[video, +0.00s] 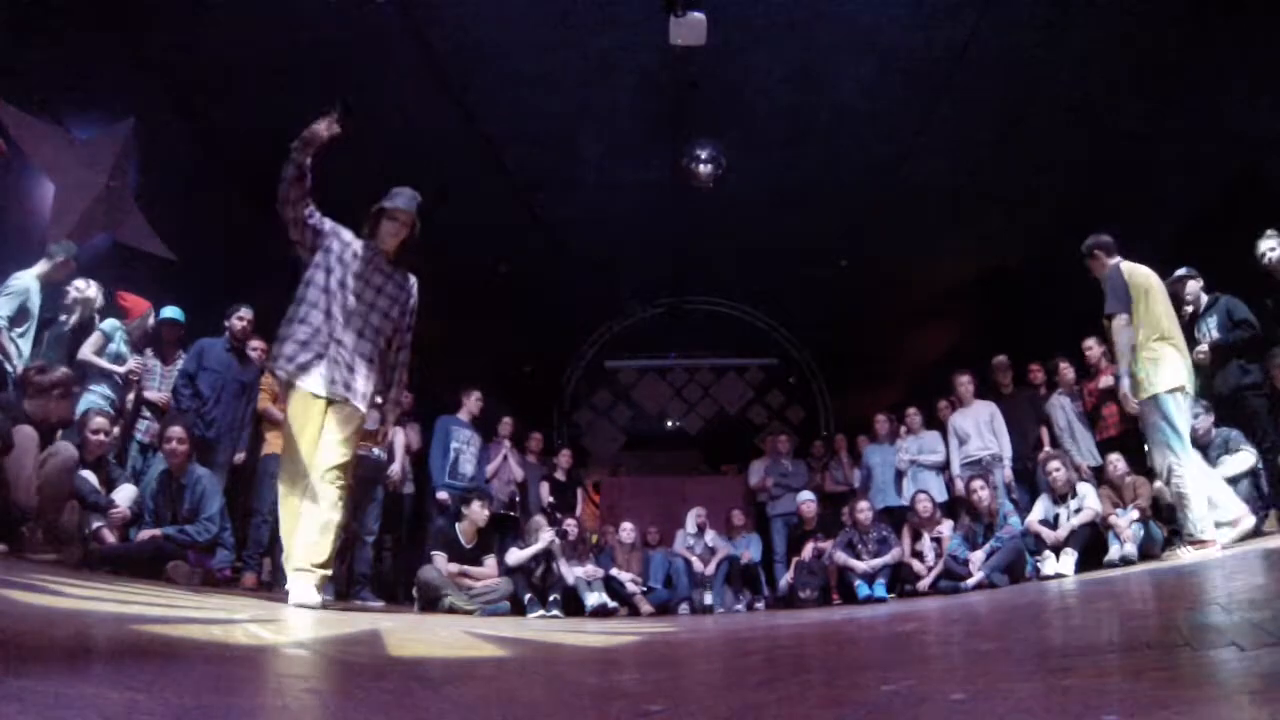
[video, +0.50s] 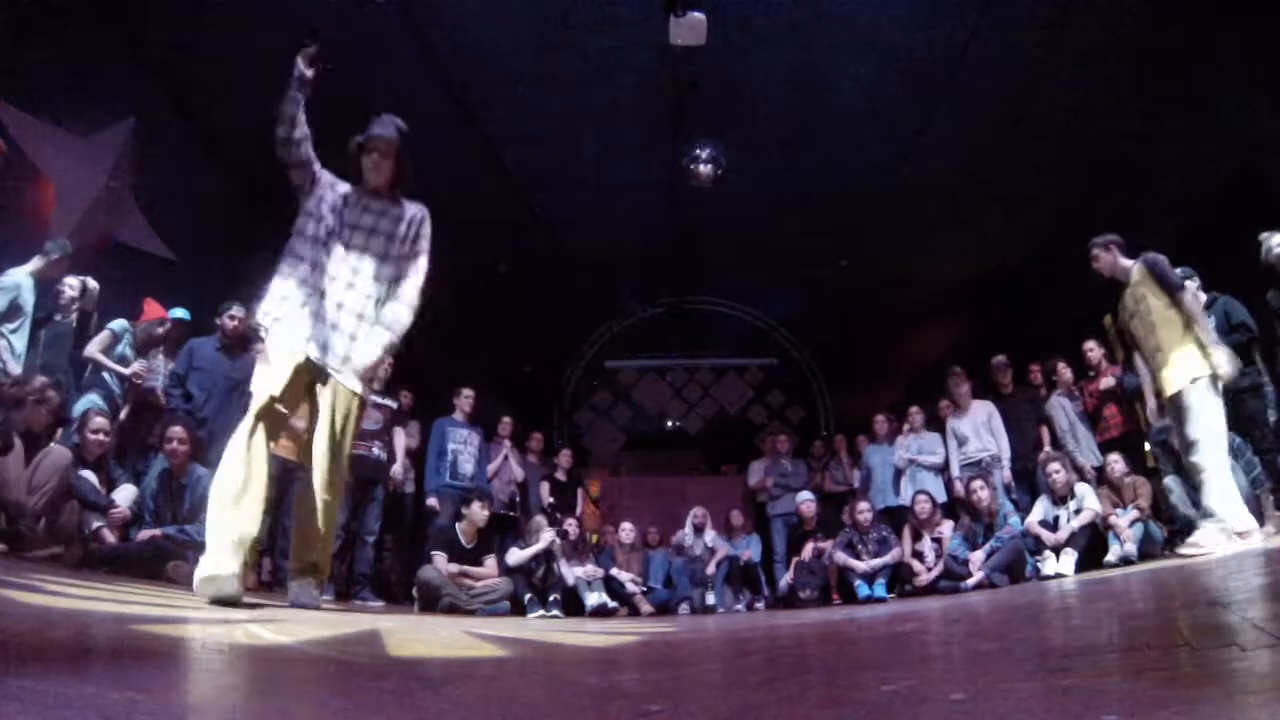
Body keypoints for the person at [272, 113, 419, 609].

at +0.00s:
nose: (395, 230)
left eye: (404, 225)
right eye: (391, 220)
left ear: (410, 233)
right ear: (376, 219)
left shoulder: (406, 288)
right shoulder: (336, 240)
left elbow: (399, 354)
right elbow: (296, 208)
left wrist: (388, 412)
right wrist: (305, 149)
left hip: (356, 384)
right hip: (308, 369)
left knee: (329, 474)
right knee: (298, 472)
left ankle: (311, 578)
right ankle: (298, 575)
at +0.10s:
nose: (394, 225)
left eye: (403, 220)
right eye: (390, 214)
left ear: (411, 229)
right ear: (376, 213)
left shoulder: (407, 283)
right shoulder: (333, 235)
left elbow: (404, 355)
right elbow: (295, 200)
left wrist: (395, 417)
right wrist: (305, 138)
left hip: (352, 380)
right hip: (301, 364)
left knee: (326, 469)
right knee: (291, 464)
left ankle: (308, 577)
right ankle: (287, 570)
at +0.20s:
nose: (391, 218)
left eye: (400, 213)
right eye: (387, 208)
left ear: (410, 222)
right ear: (373, 207)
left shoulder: (408, 279)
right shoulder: (330, 230)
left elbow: (407, 353)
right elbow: (290, 192)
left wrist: (403, 418)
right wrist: (300, 135)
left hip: (354, 380)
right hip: (298, 362)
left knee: (329, 474)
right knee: (281, 462)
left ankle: (306, 575)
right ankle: (267, 565)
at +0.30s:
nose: (388, 201)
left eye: (398, 196)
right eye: (383, 191)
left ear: (408, 204)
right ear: (369, 190)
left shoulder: (410, 258)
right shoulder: (329, 218)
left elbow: (409, 336)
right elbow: (290, 184)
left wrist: (401, 406)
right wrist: (297, 139)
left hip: (356, 368)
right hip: (299, 346)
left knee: (330, 470)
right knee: (269, 449)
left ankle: (308, 578)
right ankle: (253, 564)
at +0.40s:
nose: (381, 178)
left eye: (390, 172)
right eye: (377, 168)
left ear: (403, 180)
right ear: (364, 170)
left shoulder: (412, 236)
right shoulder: (325, 203)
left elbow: (411, 314)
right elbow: (291, 161)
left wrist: (390, 379)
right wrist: (302, 103)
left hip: (353, 360)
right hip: (296, 339)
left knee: (329, 467)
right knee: (260, 444)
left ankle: (308, 579)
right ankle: (229, 569)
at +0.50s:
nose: (376, 161)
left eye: (385, 154)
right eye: (370, 151)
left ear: (399, 162)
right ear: (358, 154)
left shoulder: (412, 219)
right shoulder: (324, 190)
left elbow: (409, 293)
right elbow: (293, 143)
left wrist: (383, 349)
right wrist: (300, 85)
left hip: (354, 351)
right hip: (292, 333)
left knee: (328, 466)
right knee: (253, 439)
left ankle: (308, 578)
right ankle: (222, 569)